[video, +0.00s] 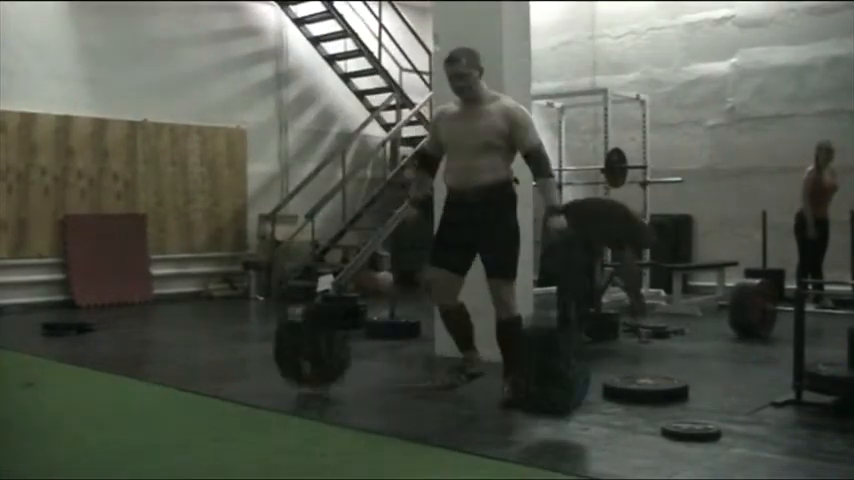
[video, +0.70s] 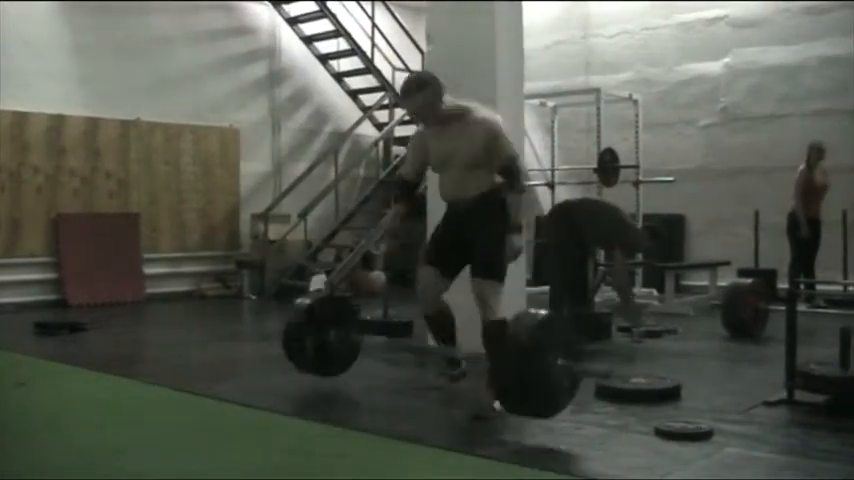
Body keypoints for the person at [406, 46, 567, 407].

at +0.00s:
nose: (459, 84)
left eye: (464, 77)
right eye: (453, 79)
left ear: (480, 73)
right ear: (448, 81)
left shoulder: (510, 113)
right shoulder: (443, 119)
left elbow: (540, 166)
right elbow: (427, 164)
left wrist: (554, 210)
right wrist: (417, 195)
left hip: (497, 207)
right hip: (457, 208)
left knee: (502, 294)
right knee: (440, 287)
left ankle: (514, 379)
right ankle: (470, 359)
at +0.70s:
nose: (413, 116)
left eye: (416, 108)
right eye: (409, 110)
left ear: (435, 98)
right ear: (413, 106)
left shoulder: (483, 126)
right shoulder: (424, 136)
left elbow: (515, 177)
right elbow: (407, 185)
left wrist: (515, 229)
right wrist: (390, 225)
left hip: (491, 211)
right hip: (455, 214)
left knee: (486, 295)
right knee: (427, 290)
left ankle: (497, 389)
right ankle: (454, 362)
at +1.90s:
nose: (362, 120)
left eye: (367, 110)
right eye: (360, 112)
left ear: (389, 106)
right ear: (371, 112)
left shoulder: (426, 139)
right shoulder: (383, 152)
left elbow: (461, 193)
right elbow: (376, 201)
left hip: (457, 216)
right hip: (418, 221)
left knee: (445, 299)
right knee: (405, 300)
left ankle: (463, 395)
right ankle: (415, 385)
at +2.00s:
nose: (394, 65)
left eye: (401, 57)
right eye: (392, 58)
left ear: (423, 59)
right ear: (393, 64)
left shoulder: (449, 109)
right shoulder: (394, 112)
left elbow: (482, 157)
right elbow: (383, 160)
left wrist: (463, 196)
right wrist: (385, 198)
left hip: (447, 216)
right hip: (406, 215)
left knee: (443, 303)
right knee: (399, 300)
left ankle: (462, 393)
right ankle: (410, 384)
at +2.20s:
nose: (407, 65)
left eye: (414, 58)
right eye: (406, 59)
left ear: (436, 59)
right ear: (408, 64)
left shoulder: (459, 94)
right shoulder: (402, 108)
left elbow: (493, 122)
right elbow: (378, 141)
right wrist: (367, 138)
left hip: (444, 200)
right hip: (404, 200)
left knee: (439, 293)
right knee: (389, 287)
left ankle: (455, 391)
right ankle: (393, 381)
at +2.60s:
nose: (406, 93)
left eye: (414, 87)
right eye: (406, 86)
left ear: (436, 91)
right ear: (406, 91)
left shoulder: (457, 126)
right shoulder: (399, 134)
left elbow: (485, 162)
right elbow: (373, 169)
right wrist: (368, 176)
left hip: (437, 220)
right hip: (402, 219)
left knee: (412, 315)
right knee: (364, 307)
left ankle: (455, 394)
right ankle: (399, 381)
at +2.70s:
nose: (403, 96)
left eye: (411, 89)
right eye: (403, 89)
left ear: (432, 92)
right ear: (405, 93)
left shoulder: (460, 130)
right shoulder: (397, 137)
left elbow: (492, 166)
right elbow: (378, 180)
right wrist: (360, 184)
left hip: (438, 222)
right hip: (402, 223)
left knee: (413, 315)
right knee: (364, 308)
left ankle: (455, 394)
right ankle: (400, 382)